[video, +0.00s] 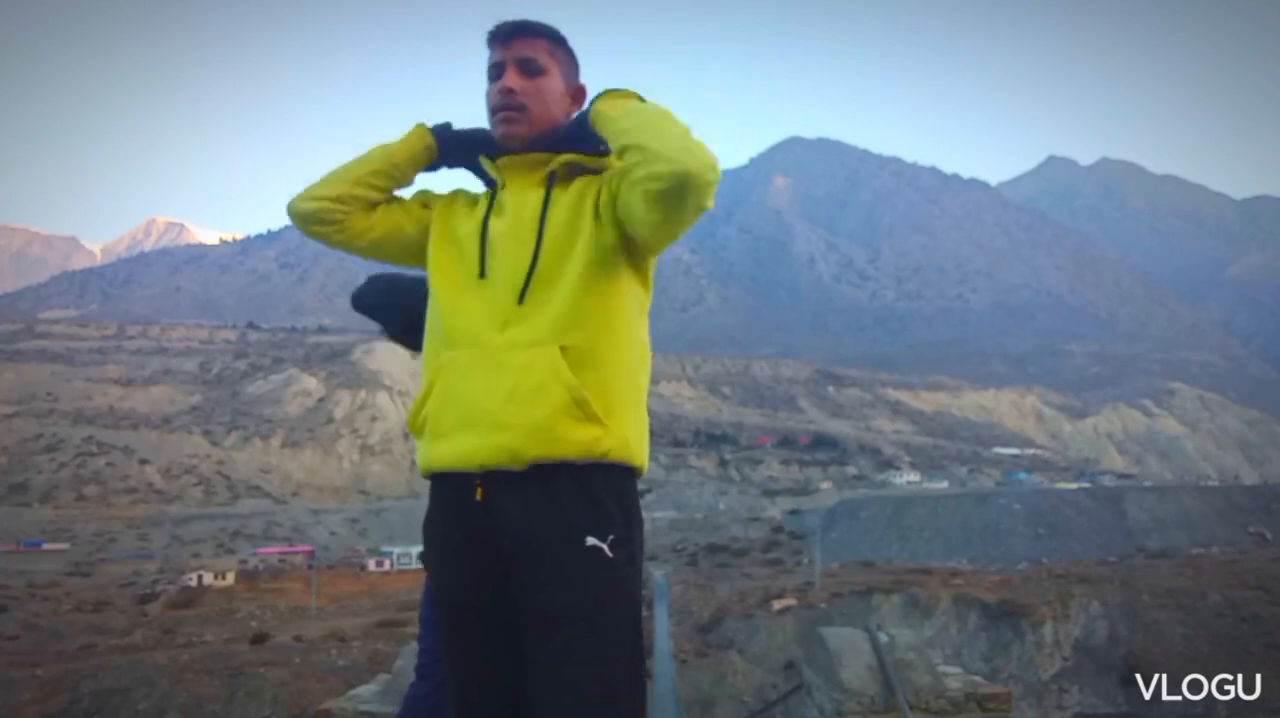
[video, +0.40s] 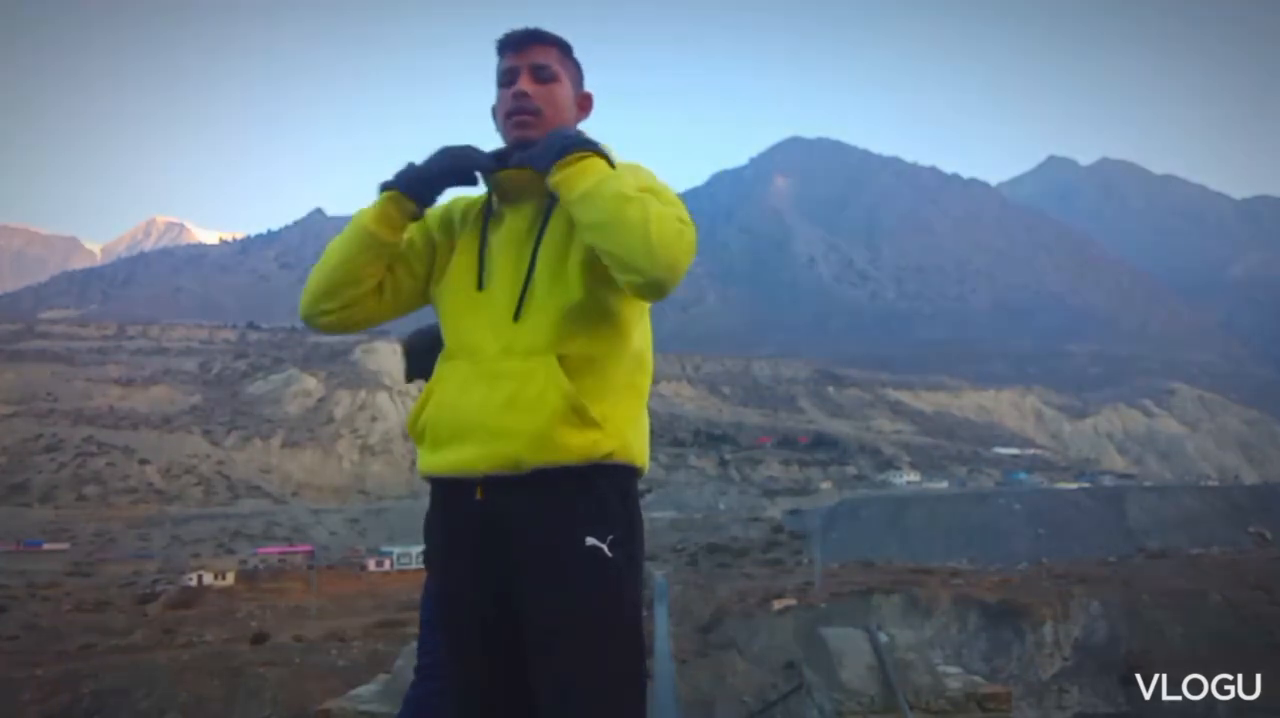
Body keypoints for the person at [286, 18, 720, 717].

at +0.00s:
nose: (507, 84)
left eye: (530, 69)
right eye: (496, 73)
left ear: (574, 97)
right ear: (486, 97)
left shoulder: (608, 194)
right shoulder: (450, 216)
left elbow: (688, 173)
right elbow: (319, 211)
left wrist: (611, 106)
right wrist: (428, 143)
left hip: (577, 500)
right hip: (460, 502)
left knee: (586, 700)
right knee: (469, 697)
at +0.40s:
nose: (519, 89)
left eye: (541, 76)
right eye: (507, 80)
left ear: (581, 102)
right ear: (493, 106)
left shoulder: (616, 187)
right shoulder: (456, 222)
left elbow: (656, 267)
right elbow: (326, 307)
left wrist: (569, 157)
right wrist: (404, 197)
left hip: (577, 502)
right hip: (462, 505)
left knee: (587, 699)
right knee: (451, 697)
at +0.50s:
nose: (516, 92)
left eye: (537, 77)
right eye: (502, 82)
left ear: (577, 98)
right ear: (489, 106)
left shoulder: (611, 196)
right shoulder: (449, 223)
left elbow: (725, 283)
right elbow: (337, 328)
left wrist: (622, 167)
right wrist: (325, 227)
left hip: (579, 498)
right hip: (460, 501)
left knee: (589, 697)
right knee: (458, 695)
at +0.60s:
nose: (507, 92)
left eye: (527, 75)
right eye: (492, 81)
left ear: (569, 92)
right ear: (480, 103)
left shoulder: (623, 187)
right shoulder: (445, 222)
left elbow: (767, 288)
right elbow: (357, 330)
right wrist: (257, 277)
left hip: (579, 494)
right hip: (458, 501)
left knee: (586, 698)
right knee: (461, 697)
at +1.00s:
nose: (506, 104)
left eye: (526, 85)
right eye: (491, 90)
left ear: (568, 93)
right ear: (478, 103)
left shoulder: (619, 183)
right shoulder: (451, 225)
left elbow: (761, 296)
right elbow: (368, 344)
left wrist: (724, 236)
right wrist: (261, 314)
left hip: (577, 486)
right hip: (462, 495)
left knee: (583, 697)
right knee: (476, 694)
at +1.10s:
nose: (520, 115)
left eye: (539, 97)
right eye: (505, 102)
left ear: (579, 102)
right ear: (493, 113)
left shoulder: (619, 183)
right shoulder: (463, 231)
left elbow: (669, 279)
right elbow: (364, 334)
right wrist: (298, 305)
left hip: (579, 492)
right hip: (466, 498)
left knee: (586, 695)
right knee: (477, 692)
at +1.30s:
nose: (518, 113)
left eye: (537, 94)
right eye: (503, 100)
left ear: (580, 97)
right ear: (492, 110)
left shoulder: (617, 177)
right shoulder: (476, 227)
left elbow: (671, 280)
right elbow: (381, 341)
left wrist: (525, 255)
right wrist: (294, 321)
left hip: (589, 489)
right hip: (474, 497)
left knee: (597, 696)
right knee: (495, 697)